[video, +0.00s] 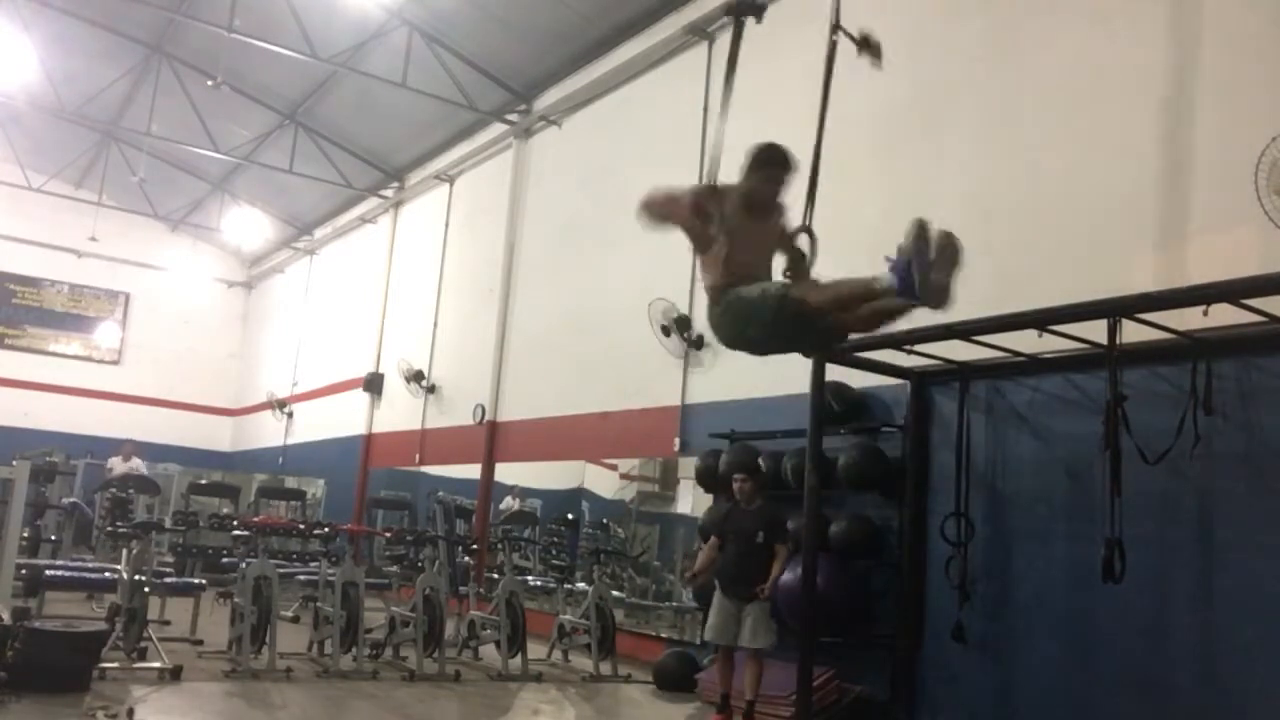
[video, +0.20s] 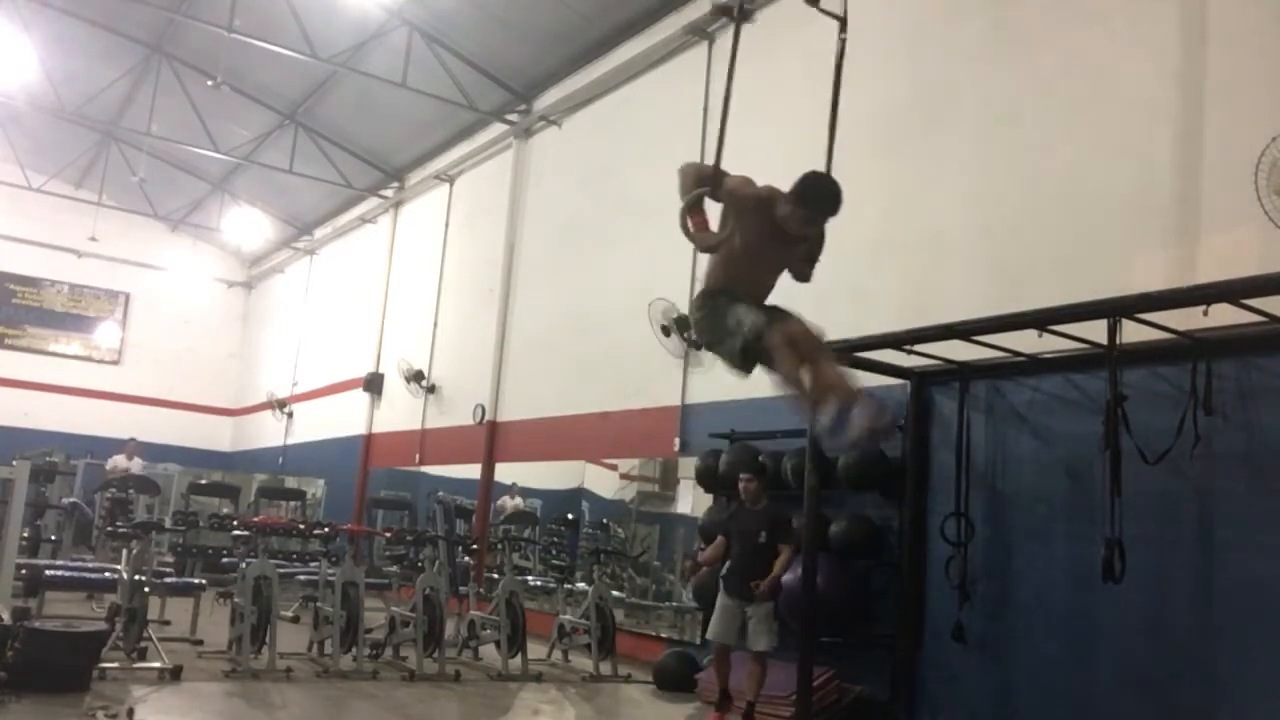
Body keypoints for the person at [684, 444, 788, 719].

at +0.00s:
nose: (738, 486)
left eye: (744, 481)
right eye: (735, 481)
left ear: (756, 484)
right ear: (731, 484)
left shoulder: (771, 515)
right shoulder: (727, 513)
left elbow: (781, 552)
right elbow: (712, 547)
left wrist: (770, 583)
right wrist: (695, 571)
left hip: (757, 593)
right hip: (726, 591)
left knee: (753, 653)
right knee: (724, 651)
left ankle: (749, 709)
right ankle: (723, 704)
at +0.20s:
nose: (744, 486)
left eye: (750, 481)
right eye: (741, 481)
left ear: (762, 484)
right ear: (737, 484)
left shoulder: (777, 515)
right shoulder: (735, 514)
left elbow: (786, 552)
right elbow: (719, 545)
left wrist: (771, 580)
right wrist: (699, 561)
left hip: (760, 595)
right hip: (730, 592)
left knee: (758, 653)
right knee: (720, 645)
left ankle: (749, 708)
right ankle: (723, 697)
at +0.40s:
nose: (747, 485)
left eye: (753, 480)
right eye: (745, 480)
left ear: (765, 484)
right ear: (742, 483)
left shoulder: (780, 515)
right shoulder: (736, 515)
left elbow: (788, 550)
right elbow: (721, 548)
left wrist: (766, 574)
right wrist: (703, 558)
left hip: (762, 591)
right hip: (731, 588)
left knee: (758, 654)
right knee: (722, 645)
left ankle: (749, 710)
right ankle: (726, 704)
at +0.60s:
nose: (753, 490)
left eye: (759, 485)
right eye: (751, 485)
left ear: (769, 487)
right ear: (745, 488)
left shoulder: (781, 515)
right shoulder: (740, 514)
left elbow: (788, 551)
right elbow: (726, 548)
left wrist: (759, 571)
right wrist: (709, 559)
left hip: (761, 592)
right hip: (732, 590)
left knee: (757, 654)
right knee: (723, 647)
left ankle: (749, 710)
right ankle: (728, 705)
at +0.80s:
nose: (753, 491)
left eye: (759, 485)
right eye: (751, 484)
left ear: (773, 487)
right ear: (749, 488)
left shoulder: (780, 518)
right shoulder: (744, 515)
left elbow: (785, 553)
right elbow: (730, 545)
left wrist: (754, 564)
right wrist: (709, 559)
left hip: (763, 594)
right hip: (733, 591)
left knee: (758, 655)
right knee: (722, 648)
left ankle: (749, 711)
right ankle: (726, 706)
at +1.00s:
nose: (750, 496)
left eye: (754, 491)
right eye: (746, 491)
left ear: (768, 490)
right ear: (743, 492)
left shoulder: (782, 517)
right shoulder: (742, 515)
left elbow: (782, 557)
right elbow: (728, 544)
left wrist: (749, 562)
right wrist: (709, 555)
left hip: (761, 598)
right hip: (731, 594)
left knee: (756, 655)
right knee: (722, 647)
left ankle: (749, 711)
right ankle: (727, 705)